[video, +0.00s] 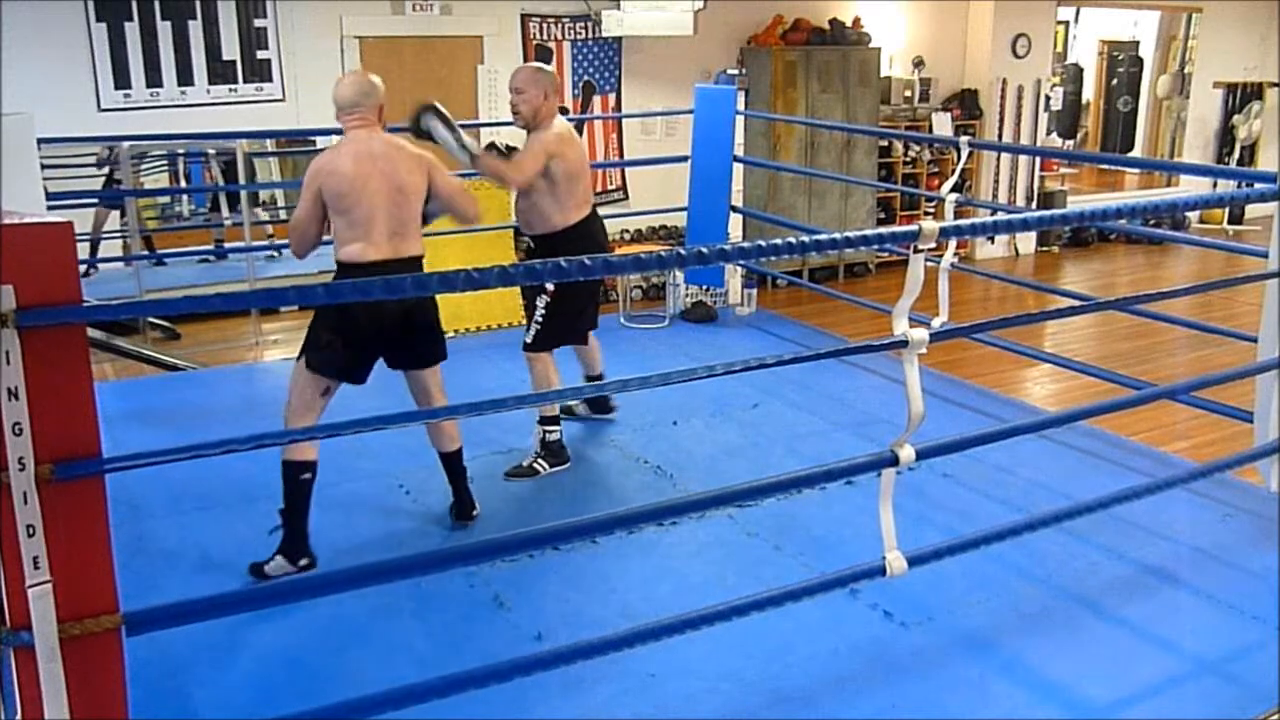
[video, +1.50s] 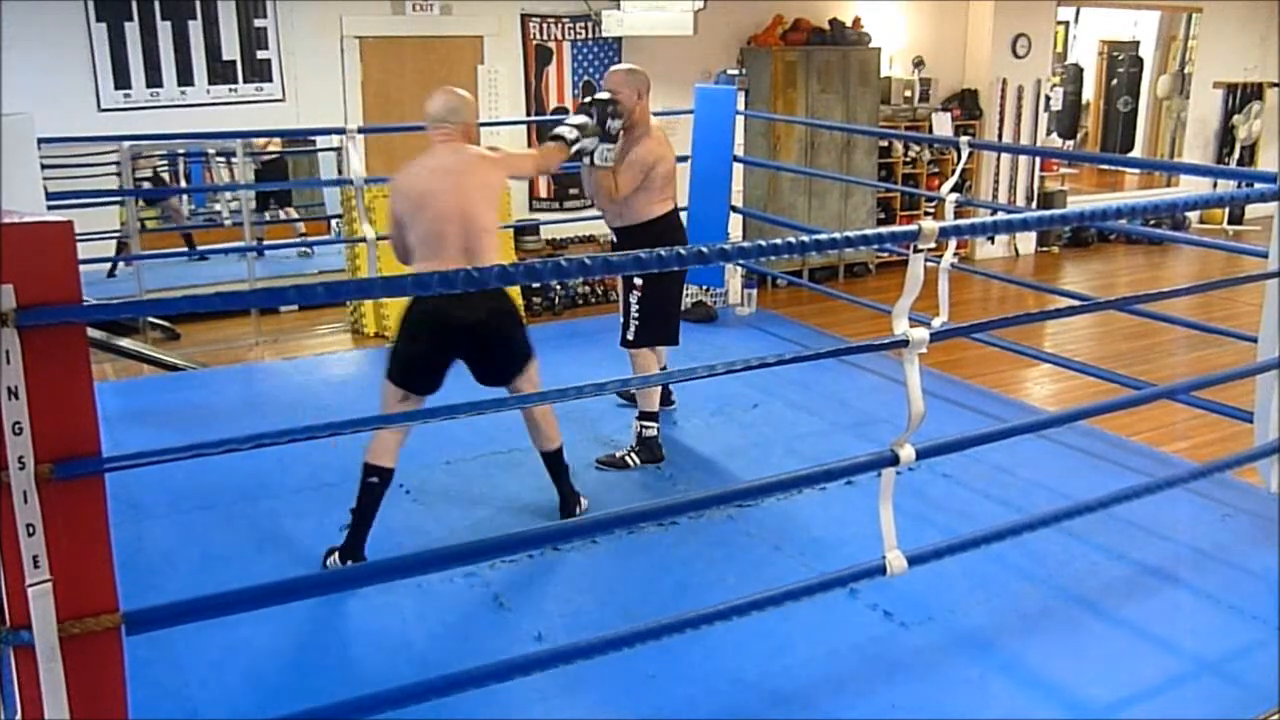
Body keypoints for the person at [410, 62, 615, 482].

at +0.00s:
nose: (511, 102)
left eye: (519, 93)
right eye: (510, 94)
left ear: (549, 98)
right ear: (544, 100)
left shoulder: (545, 139)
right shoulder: (558, 131)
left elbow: (518, 178)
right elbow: (537, 176)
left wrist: (472, 153)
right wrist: (501, 159)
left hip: (561, 253)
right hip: (582, 242)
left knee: (536, 350)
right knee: (579, 329)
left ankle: (552, 446)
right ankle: (598, 397)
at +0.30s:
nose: (545, 101)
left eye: (554, 94)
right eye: (545, 93)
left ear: (580, 101)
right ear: (573, 102)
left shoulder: (584, 147)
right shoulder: (577, 137)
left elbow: (578, 221)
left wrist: (538, 175)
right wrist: (537, 160)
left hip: (591, 258)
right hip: (607, 249)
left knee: (547, 349)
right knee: (620, 328)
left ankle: (552, 447)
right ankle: (673, 395)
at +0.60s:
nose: (607, 101)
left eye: (616, 94)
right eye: (606, 93)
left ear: (641, 100)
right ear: (608, 98)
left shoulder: (650, 149)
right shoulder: (619, 143)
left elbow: (634, 211)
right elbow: (606, 209)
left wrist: (605, 172)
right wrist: (589, 166)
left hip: (650, 253)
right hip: (630, 249)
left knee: (608, 343)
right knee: (650, 335)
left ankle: (579, 436)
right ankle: (687, 406)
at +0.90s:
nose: (629, 97)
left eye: (636, 90)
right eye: (627, 90)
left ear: (659, 92)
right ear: (637, 93)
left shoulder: (672, 138)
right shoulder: (638, 132)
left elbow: (634, 186)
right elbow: (601, 179)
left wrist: (630, 132)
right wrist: (602, 127)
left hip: (670, 238)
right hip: (645, 237)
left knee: (633, 335)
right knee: (665, 332)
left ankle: (640, 432)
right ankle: (689, 405)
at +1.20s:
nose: (621, 105)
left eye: (627, 97)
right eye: (618, 97)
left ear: (653, 96)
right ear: (642, 97)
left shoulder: (663, 144)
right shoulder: (638, 138)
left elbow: (623, 198)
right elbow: (604, 188)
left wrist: (614, 146)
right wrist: (601, 142)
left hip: (662, 243)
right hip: (645, 239)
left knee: (637, 346)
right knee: (661, 336)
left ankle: (647, 442)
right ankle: (688, 405)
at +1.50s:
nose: (607, 103)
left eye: (613, 96)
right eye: (606, 96)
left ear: (639, 98)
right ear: (628, 99)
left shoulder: (649, 145)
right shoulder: (624, 140)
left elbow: (609, 196)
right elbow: (593, 192)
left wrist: (592, 152)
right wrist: (586, 147)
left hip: (654, 243)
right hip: (636, 240)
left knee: (638, 344)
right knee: (645, 329)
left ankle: (647, 442)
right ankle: (659, 390)